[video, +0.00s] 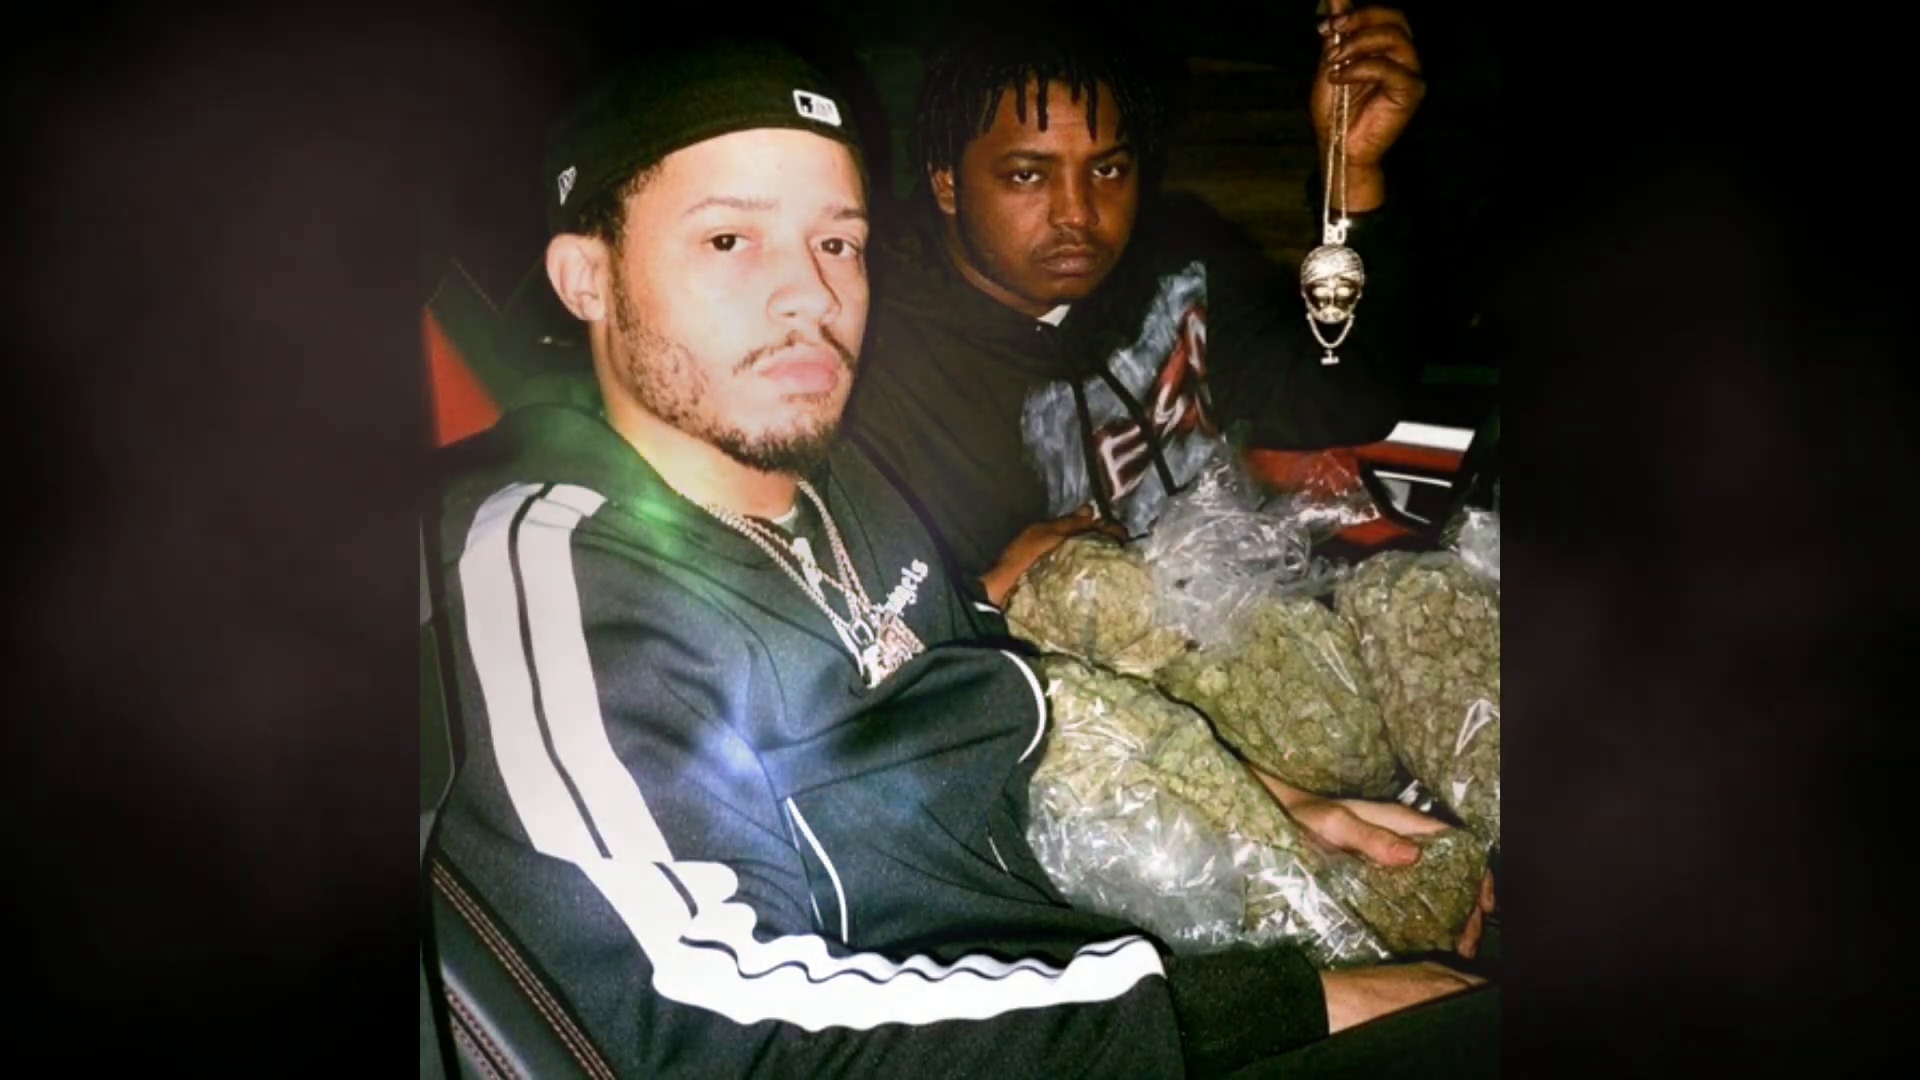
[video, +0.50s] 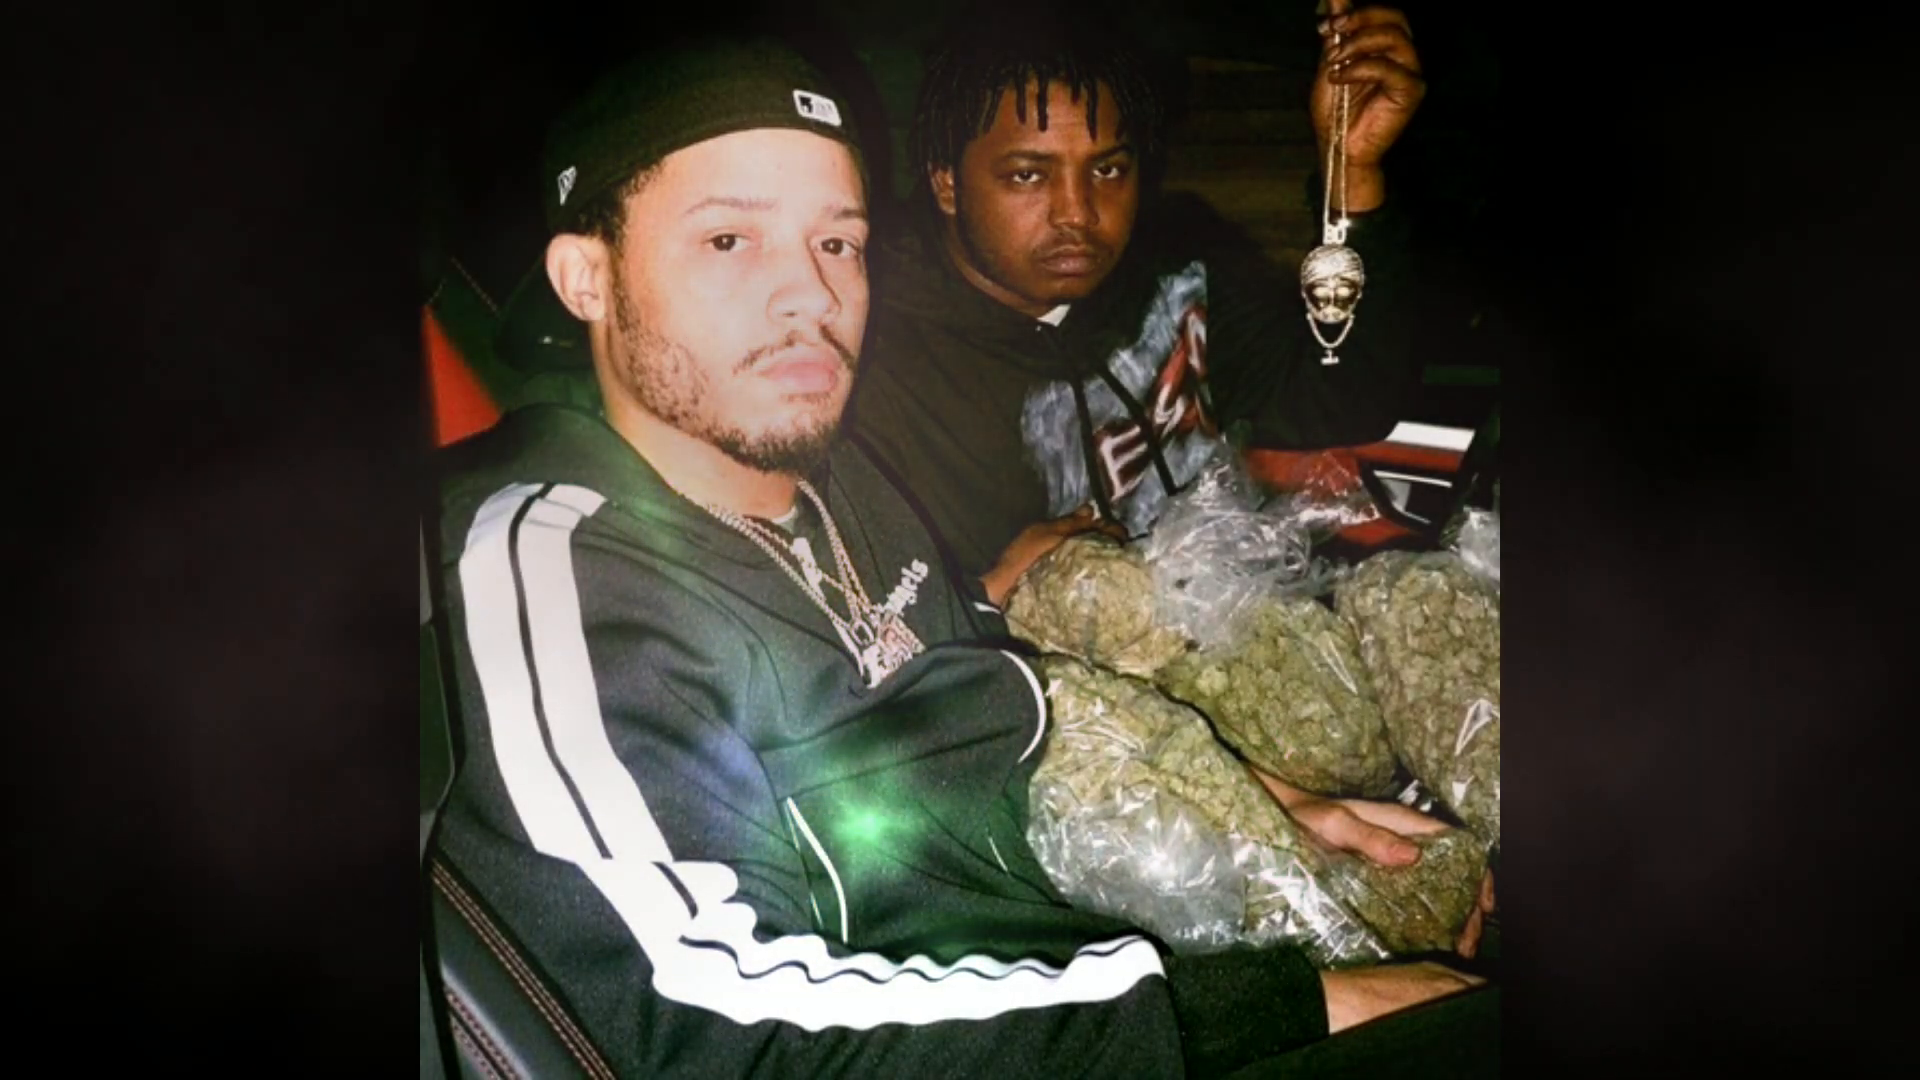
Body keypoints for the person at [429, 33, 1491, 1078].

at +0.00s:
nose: (812, 303)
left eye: (837, 249)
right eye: (729, 244)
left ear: (869, 267)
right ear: (587, 281)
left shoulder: (827, 488)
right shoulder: (534, 550)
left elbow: (1006, 736)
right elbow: (703, 1017)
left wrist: (1268, 819)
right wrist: (1275, 1008)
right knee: (1481, 1010)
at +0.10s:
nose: (811, 304)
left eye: (836, 250)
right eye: (729, 244)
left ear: (869, 269)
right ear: (588, 282)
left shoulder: (824, 486)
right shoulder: (533, 554)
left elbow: (1007, 736)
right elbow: (708, 1017)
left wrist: (1265, 820)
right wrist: (1277, 1008)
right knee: (1484, 1008)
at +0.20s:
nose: (811, 305)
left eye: (837, 249)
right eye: (729, 245)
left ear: (870, 268)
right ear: (587, 281)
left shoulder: (825, 484)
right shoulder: (534, 550)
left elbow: (1010, 737)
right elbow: (702, 1019)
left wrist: (1263, 818)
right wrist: (1275, 1008)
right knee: (1487, 1008)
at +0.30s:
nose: (811, 305)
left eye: (836, 249)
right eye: (729, 246)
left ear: (869, 268)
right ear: (587, 282)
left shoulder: (825, 485)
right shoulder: (531, 555)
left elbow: (1008, 743)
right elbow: (701, 1017)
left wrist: (1263, 821)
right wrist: (1275, 1009)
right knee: (1480, 1008)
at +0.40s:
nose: (813, 305)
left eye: (837, 250)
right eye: (729, 245)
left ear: (869, 268)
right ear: (587, 282)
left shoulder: (826, 487)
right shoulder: (534, 555)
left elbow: (1010, 744)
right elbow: (702, 1016)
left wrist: (1262, 821)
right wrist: (1275, 1008)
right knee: (1482, 1008)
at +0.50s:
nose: (812, 305)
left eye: (837, 249)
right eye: (729, 245)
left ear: (869, 267)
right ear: (588, 282)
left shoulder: (827, 479)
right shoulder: (532, 556)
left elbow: (1010, 738)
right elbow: (701, 1018)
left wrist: (1259, 818)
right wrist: (1274, 1009)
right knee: (1480, 1008)